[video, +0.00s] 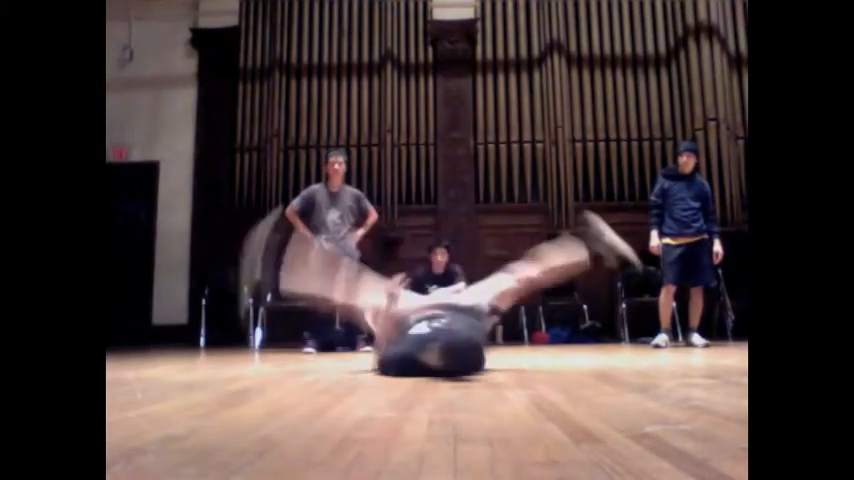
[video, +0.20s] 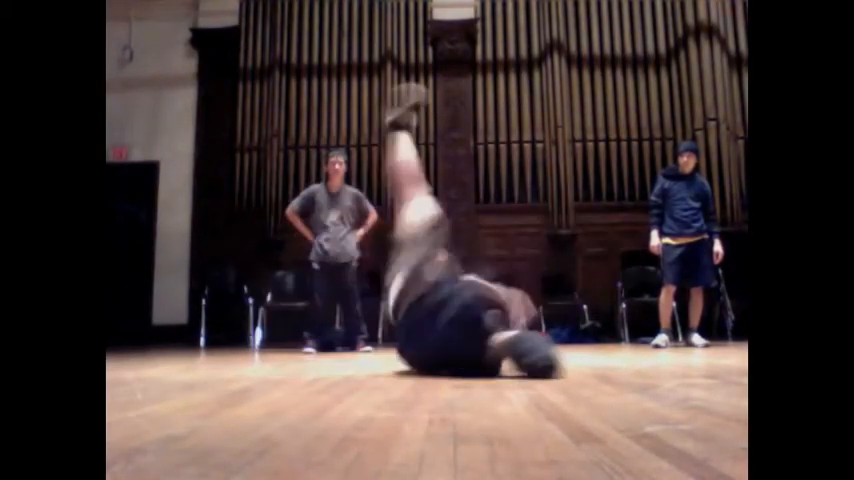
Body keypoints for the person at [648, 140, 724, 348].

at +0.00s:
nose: (686, 160)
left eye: (690, 156)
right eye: (683, 156)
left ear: (696, 160)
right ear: (677, 159)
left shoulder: (701, 184)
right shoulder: (665, 181)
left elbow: (710, 215)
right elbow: (655, 208)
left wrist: (716, 240)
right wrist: (654, 234)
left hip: (698, 239)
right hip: (672, 240)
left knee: (697, 287)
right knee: (669, 286)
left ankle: (693, 332)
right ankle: (664, 332)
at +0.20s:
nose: (686, 161)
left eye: (691, 156)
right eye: (683, 156)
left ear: (696, 160)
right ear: (677, 159)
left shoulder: (701, 184)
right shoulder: (665, 181)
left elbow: (710, 215)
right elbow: (655, 208)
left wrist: (716, 239)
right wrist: (654, 233)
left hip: (698, 240)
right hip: (672, 240)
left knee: (697, 287)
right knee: (669, 286)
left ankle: (693, 332)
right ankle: (664, 332)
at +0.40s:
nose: (686, 161)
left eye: (691, 156)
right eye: (683, 156)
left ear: (696, 160)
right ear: (677, 159)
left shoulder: (701, 183)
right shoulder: (665, 181)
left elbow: (710, 215)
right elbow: (655, 208)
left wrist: (716, 239)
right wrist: (655, 233)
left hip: (699, 240)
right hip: (673, 240)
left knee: (697, 287)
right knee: (669, 286)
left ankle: (693, 332)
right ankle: (664, 332)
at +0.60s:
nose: (686, 161)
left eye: (690, 157)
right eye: (683, 156)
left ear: (696, 160)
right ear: (677, 159)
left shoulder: (702, 184)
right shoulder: (665, 181)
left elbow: (710, 215)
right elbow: (655, 208)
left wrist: (716, 239)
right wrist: (655, 233)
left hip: (699, 240)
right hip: (673, 240)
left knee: (697, 287)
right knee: (669, 286)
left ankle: (693, 332)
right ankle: (664, 332)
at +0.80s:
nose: (686, 161)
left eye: (690, 157)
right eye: (683, 156)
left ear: (697, 160)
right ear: (678, 159)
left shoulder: (702, 184)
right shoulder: (665, 181)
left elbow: (710, 215)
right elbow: (655, 208)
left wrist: (716, 239)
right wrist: (655, 234)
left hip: (699, 240)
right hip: (673, 240)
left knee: (697, 287)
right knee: (669, 286)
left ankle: (693, 332)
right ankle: (664, 332)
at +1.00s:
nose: (686, 160)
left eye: (690, 156)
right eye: (683, 156)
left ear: (697, 159)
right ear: (677, 158)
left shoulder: (702, 184)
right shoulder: (665, 181)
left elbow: (711, 215)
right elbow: (656, 208)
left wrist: (716, 239)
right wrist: (655, 233)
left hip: (699, 240)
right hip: (673, 240)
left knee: (697, 288)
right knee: (669, 286)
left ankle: (693, 332)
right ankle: (664, 332)